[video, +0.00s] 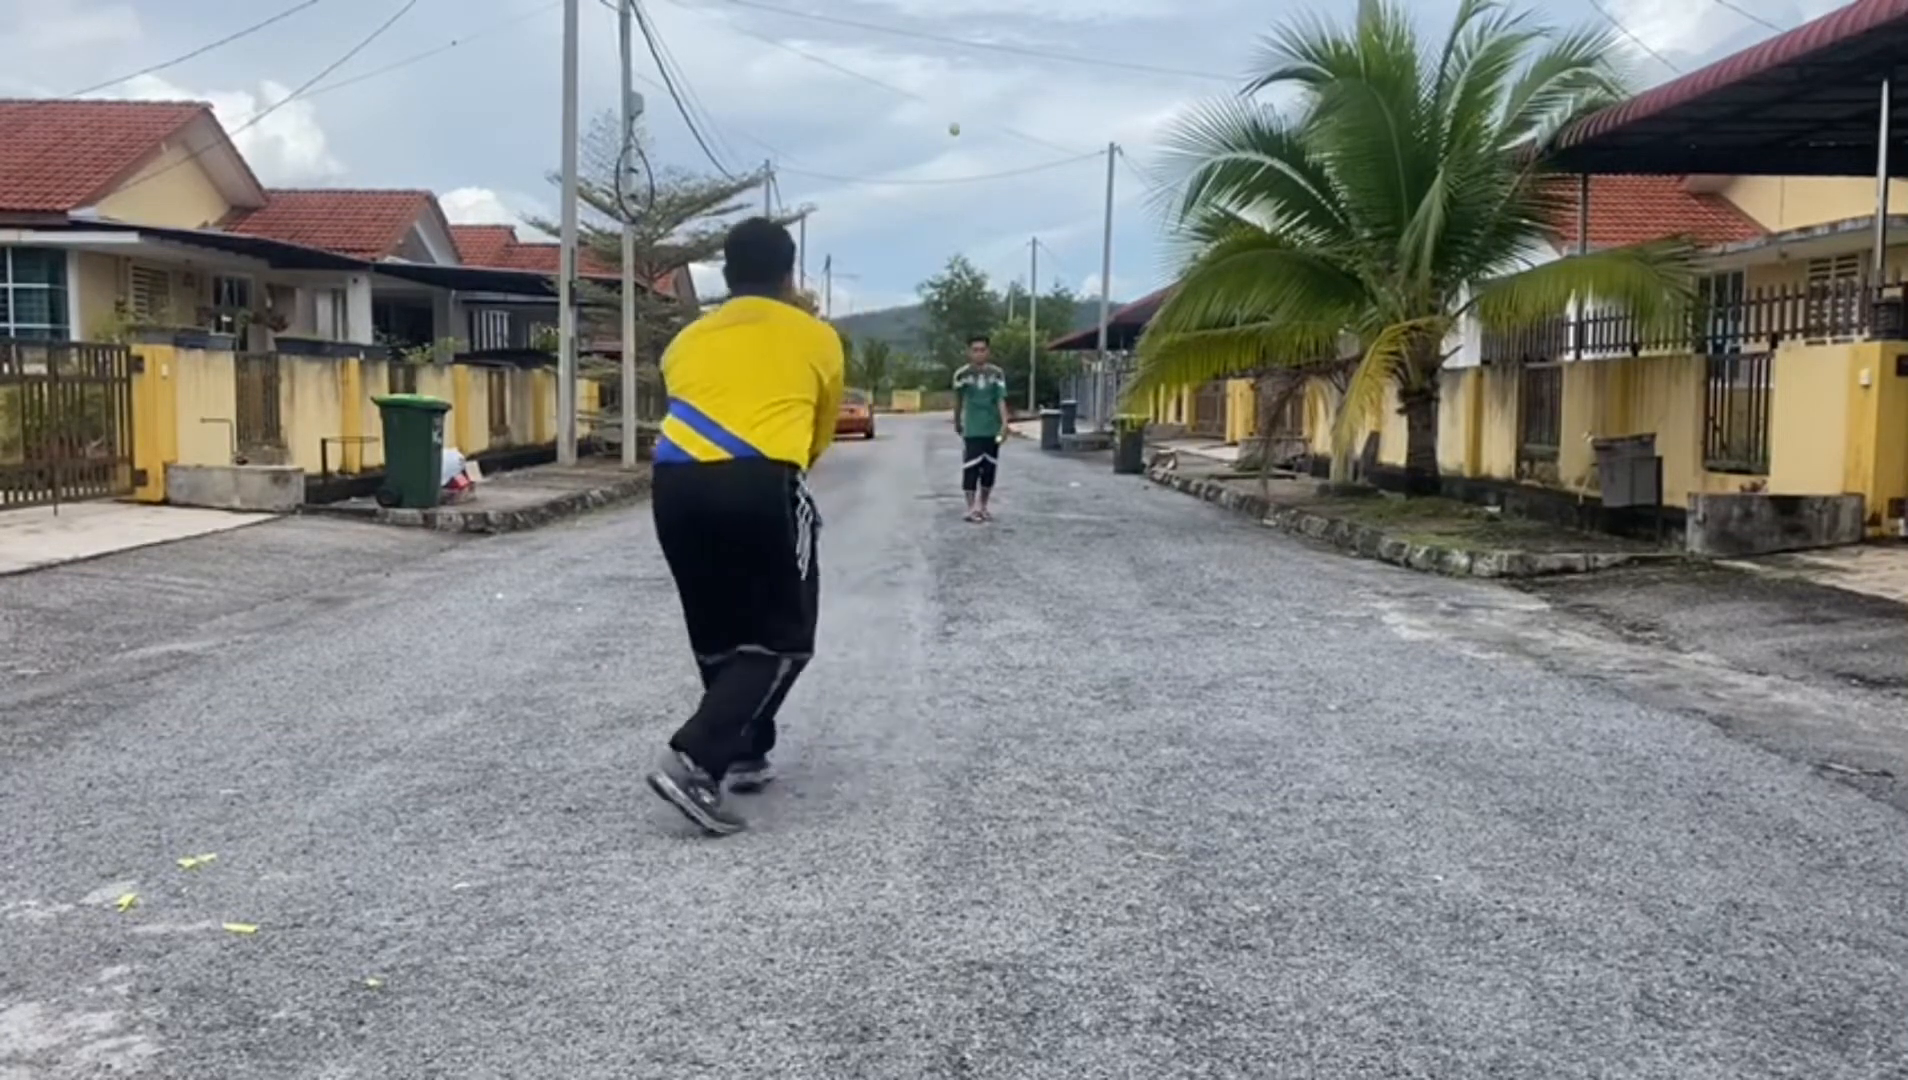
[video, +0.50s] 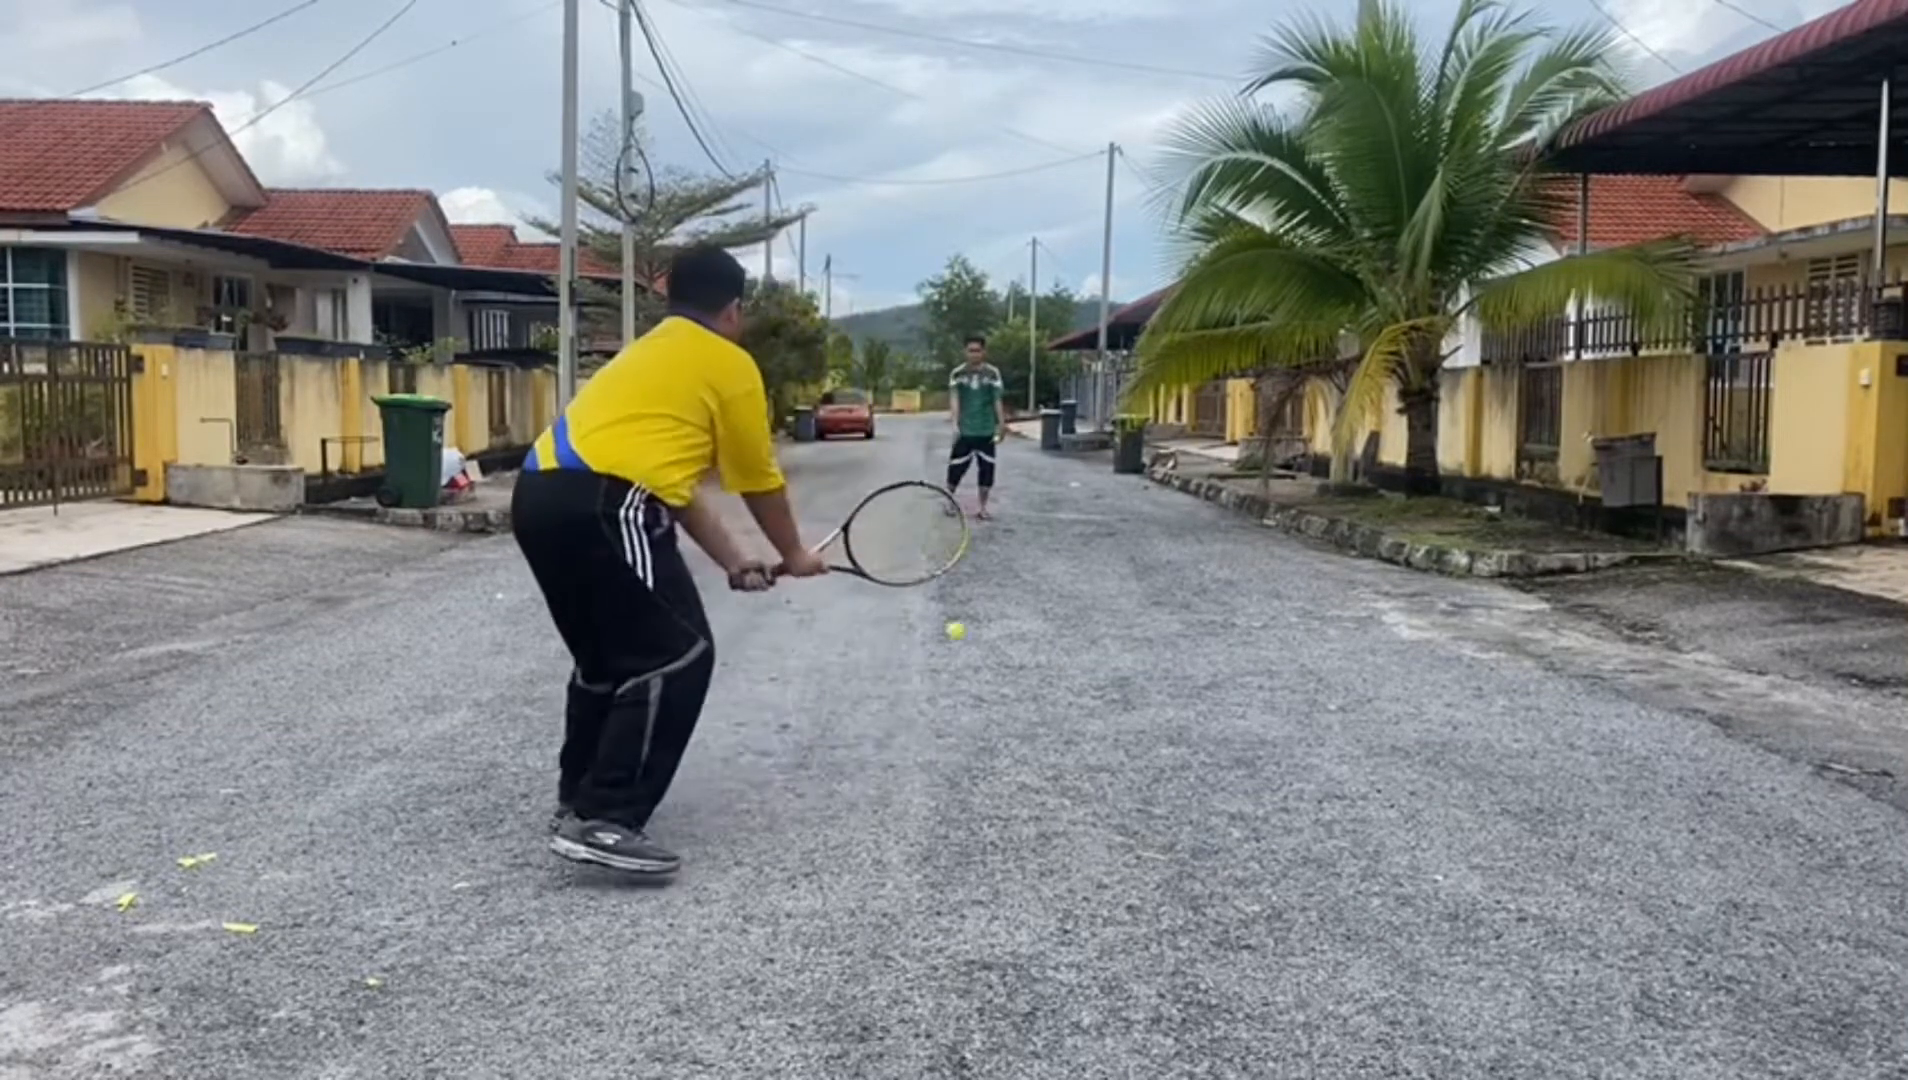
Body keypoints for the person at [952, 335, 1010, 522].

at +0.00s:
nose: (979, 354)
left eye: (982, 350)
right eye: (975, 350)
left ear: (988, 352)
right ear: (969, 353)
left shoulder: (996, 373)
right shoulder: (961, 374)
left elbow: (1001, 401)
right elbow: (958, 400)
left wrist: (1005, 424)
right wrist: (957, 421)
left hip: (992, 428)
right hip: (971, 429)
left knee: (989, 470)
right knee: (971, 469)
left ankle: (983, 506)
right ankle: (971, 507)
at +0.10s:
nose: (978, 356)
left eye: (982, 351)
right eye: (975, 352)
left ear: (988, 353)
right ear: (969, 354)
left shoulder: (997, 374)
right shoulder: (961, 375)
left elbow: (1002, 401)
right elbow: (958, 399)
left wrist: (1006, 423)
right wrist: (957, 418)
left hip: (992, 428)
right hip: (971, 428)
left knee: (989, 469)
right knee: (970, 468)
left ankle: (983, 505)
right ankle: (971, 505)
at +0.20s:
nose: (978, 356)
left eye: (982, 352)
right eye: (975, 352)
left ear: (988, 354)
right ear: (969, 354)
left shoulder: (997, 374)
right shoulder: (961, 375)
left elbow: (1002, 402)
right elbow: (958, 400)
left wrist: (1006, 424)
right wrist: (957, 421)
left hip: (991, 429)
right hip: (970, 429)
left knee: (989, 471)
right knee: (969, 468)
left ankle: (983, 506)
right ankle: (969, 505)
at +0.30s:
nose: (978, 356)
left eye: (981, 352)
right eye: (974, 352)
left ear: (987, 353)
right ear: (968, 354)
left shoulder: (996, 373)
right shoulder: (961, 374)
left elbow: (1001, 402)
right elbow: (958, 403)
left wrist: (1005, 425)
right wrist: (956, 427)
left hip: (990, 430)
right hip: (968, 430)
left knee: (988, 473)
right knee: (965, 471)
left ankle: (983, 507)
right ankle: (964, 505)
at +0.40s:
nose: (977, 356)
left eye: (980, 351)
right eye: (973, 351)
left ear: (986, 354)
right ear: (968, 354)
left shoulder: (995, 374)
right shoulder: (960, 374)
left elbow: (1000, 402)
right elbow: (958, 402)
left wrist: (1003, 425)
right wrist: (958, 426)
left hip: (988, 430)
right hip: (966, 430)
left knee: (987, 473)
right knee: (960, 471)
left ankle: (983, 508)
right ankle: (956, 505)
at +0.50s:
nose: (974, 355)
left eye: (977, 351)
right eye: (971, 351)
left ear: (984, 353)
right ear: (965, 353)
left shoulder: (992, 373)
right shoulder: (957, 374)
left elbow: (997, 400)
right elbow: (954, 399)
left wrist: (1001, 423)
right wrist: (955, 423)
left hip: (986, 431)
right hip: (965, 431)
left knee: (986, 473)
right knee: (955, 470)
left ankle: (983, 508)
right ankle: (948, 501)